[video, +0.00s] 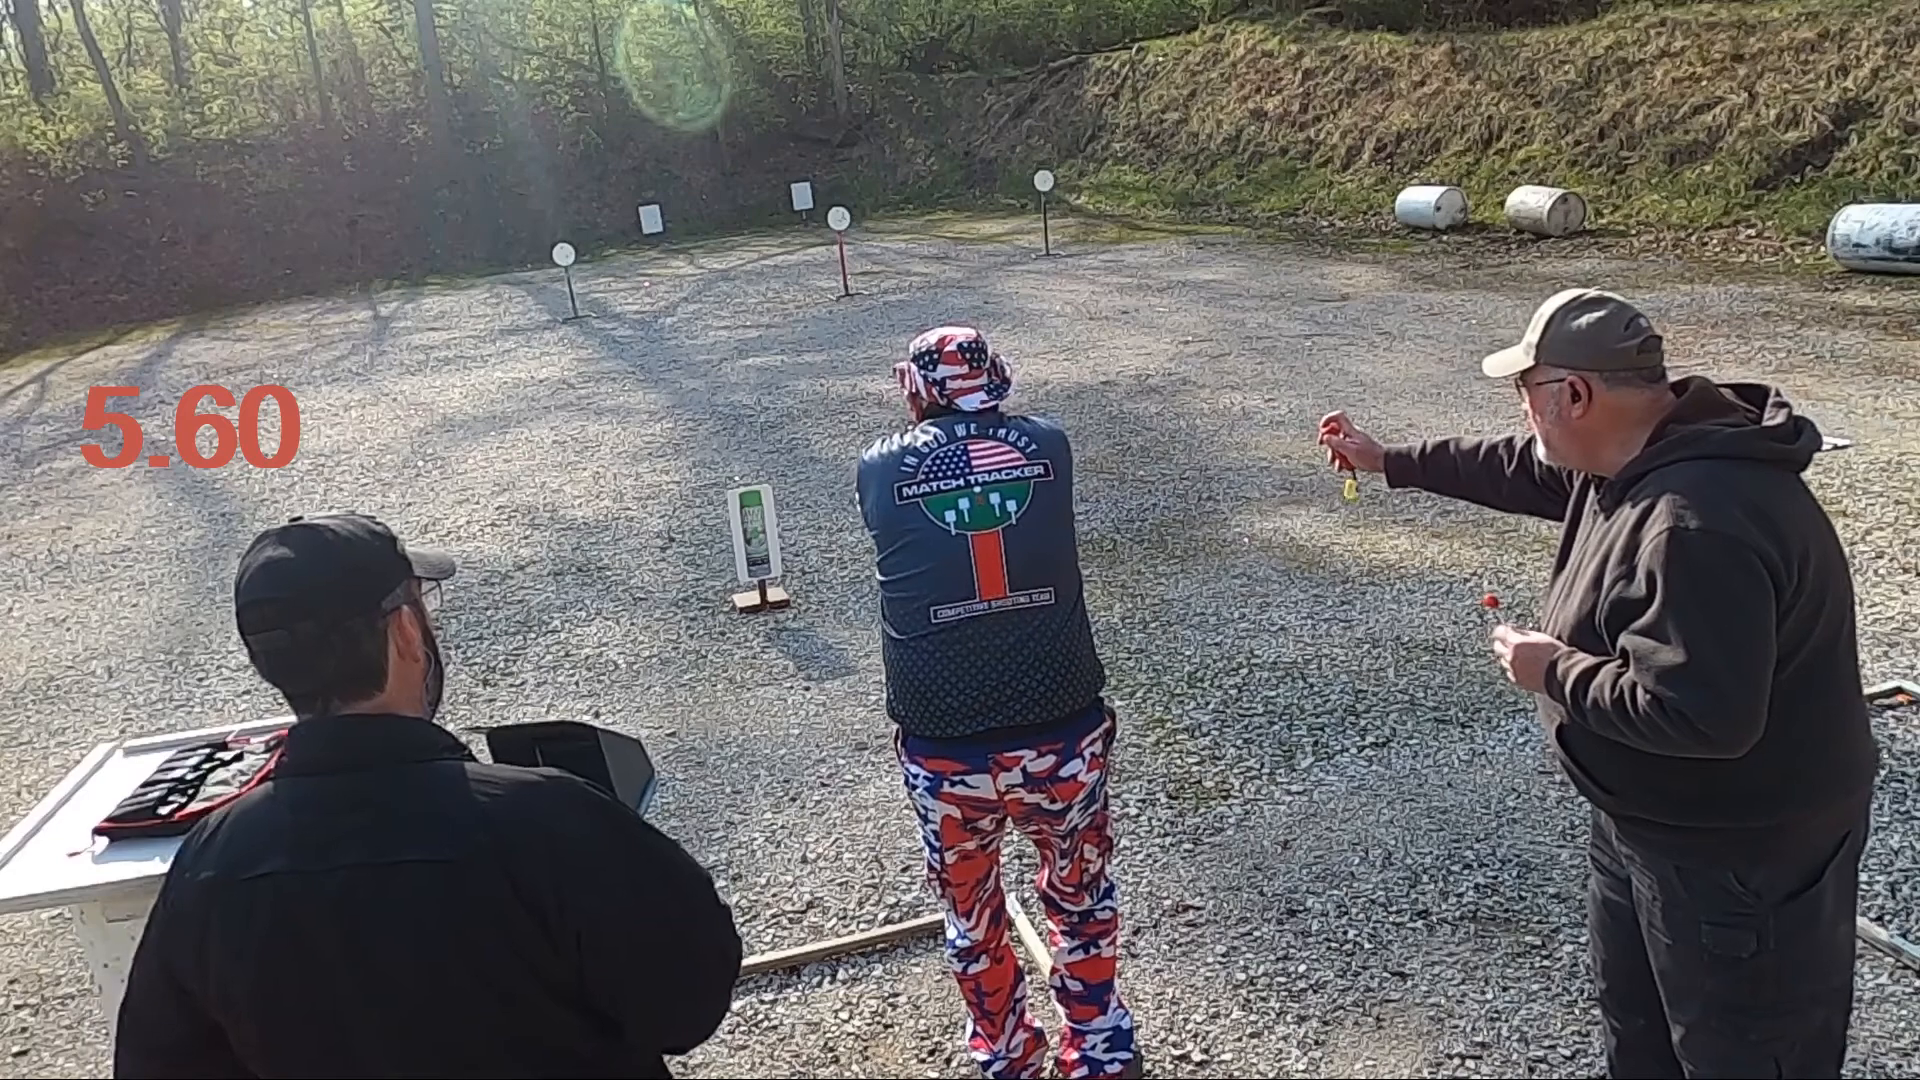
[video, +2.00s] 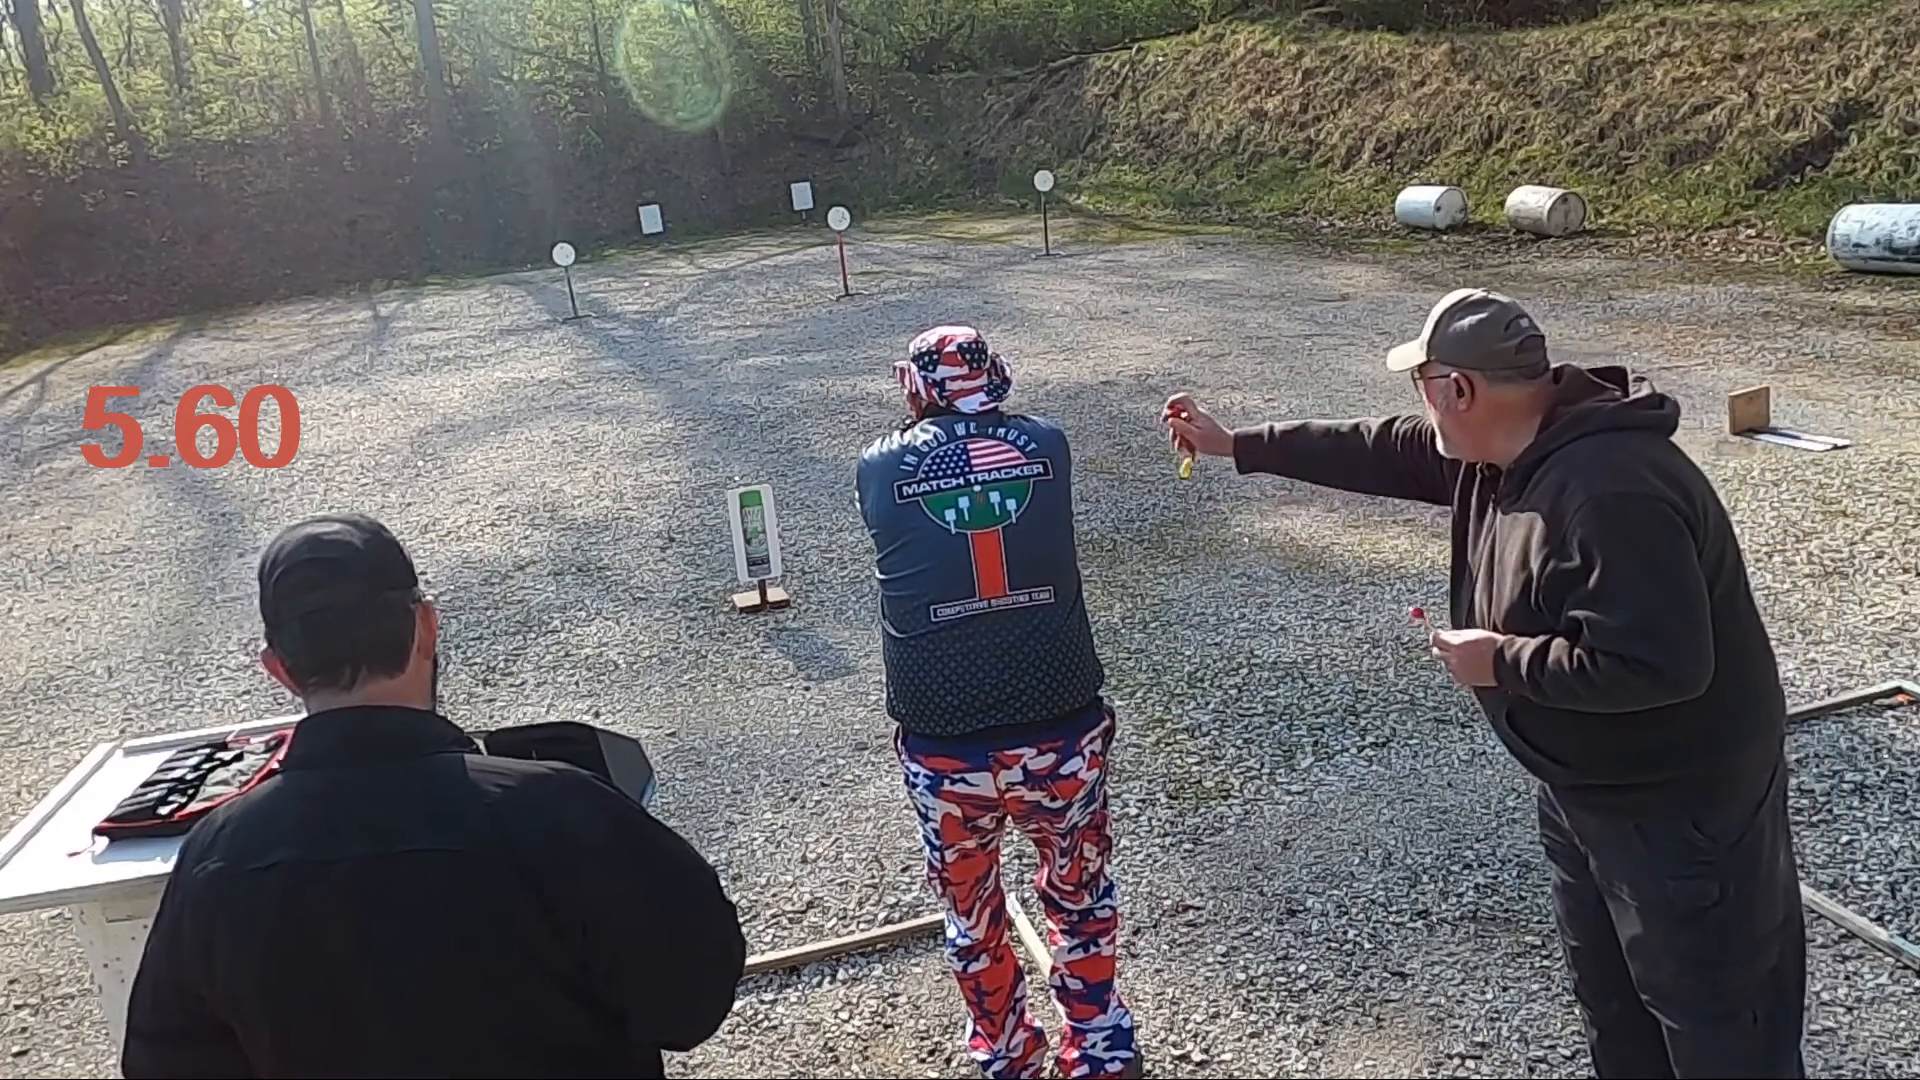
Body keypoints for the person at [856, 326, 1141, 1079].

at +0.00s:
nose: (903, 397)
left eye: (907, 388)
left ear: (916, 397)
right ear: (997, 388)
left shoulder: (878, 470)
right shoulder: (1048, 444)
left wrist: (938, 422)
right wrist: (948, 416)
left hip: (944, 750)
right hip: (1064, 736)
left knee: (972, 907)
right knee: (1081, 896)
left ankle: (1005, 1057)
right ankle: (1102, 1056)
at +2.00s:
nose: (905, 398)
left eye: (907, 389)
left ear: (916, 397)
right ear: (996, 389)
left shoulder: (878, 470)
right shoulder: (1046, 442)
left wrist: (929, 419)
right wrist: (945, 414)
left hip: (944, 748)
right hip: (1062, 734)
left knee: (972, 907)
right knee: (1080, 896)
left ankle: (1006, 1058)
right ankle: (1102, 1056)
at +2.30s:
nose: (905, 398)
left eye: (908, 389)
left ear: (916, 398)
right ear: (996, 389)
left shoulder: (878, 469)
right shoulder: (1045, 443)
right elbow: (989, 452)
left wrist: (927, 420)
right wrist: (942, 413)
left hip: (944, 749)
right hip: (1062, 735)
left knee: (972, 908)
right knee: (1080, 896)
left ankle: (1005, 1058)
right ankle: (1102, 1056)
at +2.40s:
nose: (904, 399)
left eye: (906, 390)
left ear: (916, 397)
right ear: (996, 389)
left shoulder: (878, 469)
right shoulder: (1045, 443)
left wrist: (930, 422)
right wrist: (944, 416)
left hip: (944, 749)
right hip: (1062, 735)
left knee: (972, 907)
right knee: (1080, 896)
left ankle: (1005, 1058)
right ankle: (1102, 1056)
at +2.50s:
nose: (902, 400)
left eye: (905, 391)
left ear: (915, 398)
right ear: (996, 389)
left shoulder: (877, 470)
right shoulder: (1045, 443)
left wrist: (931, 423)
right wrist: (946, 418)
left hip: (944, 749)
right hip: (1062, 736)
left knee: (971, 906)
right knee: (1080, 896)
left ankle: (1005, 1057)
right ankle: (1102, 1056)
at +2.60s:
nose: (903, 399)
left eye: (905, 390)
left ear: (915, 398)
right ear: (996, 389)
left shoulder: (877, 470)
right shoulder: (1045, 443)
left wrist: (931, 423)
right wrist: (945, 417)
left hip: (944, 749)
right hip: (1062, 736)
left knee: (971, 907)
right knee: (1080, 896)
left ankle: (1005, 1057)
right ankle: (1102, 1056)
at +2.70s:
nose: (903, 399)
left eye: (905, 390)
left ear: (915, 398)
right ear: (996, 389)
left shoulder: (877, 470)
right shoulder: (1045, 443)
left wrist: (931, 423)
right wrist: (945, 418)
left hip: (943, 749)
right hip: (1062, 735)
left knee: (971, 907)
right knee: (1079, 896)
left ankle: (1005, 1057)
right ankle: (1102, 1056)